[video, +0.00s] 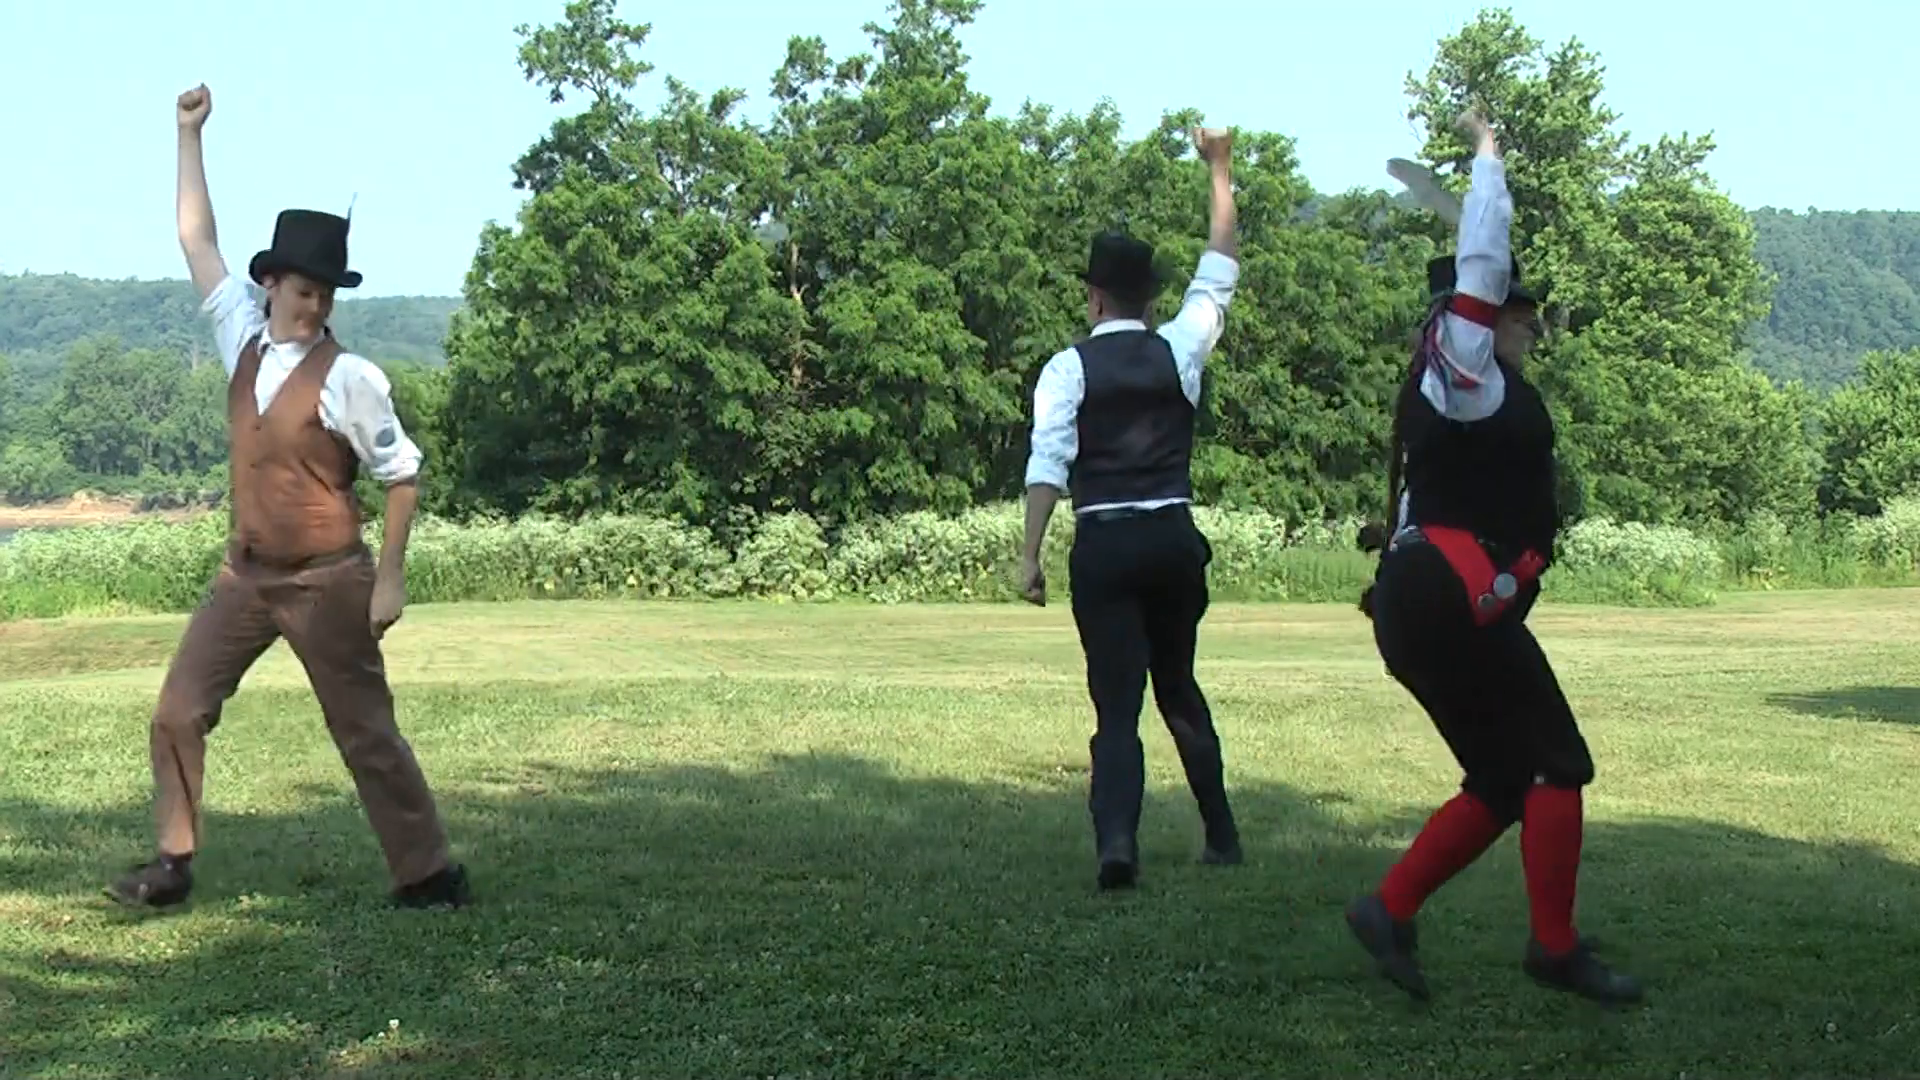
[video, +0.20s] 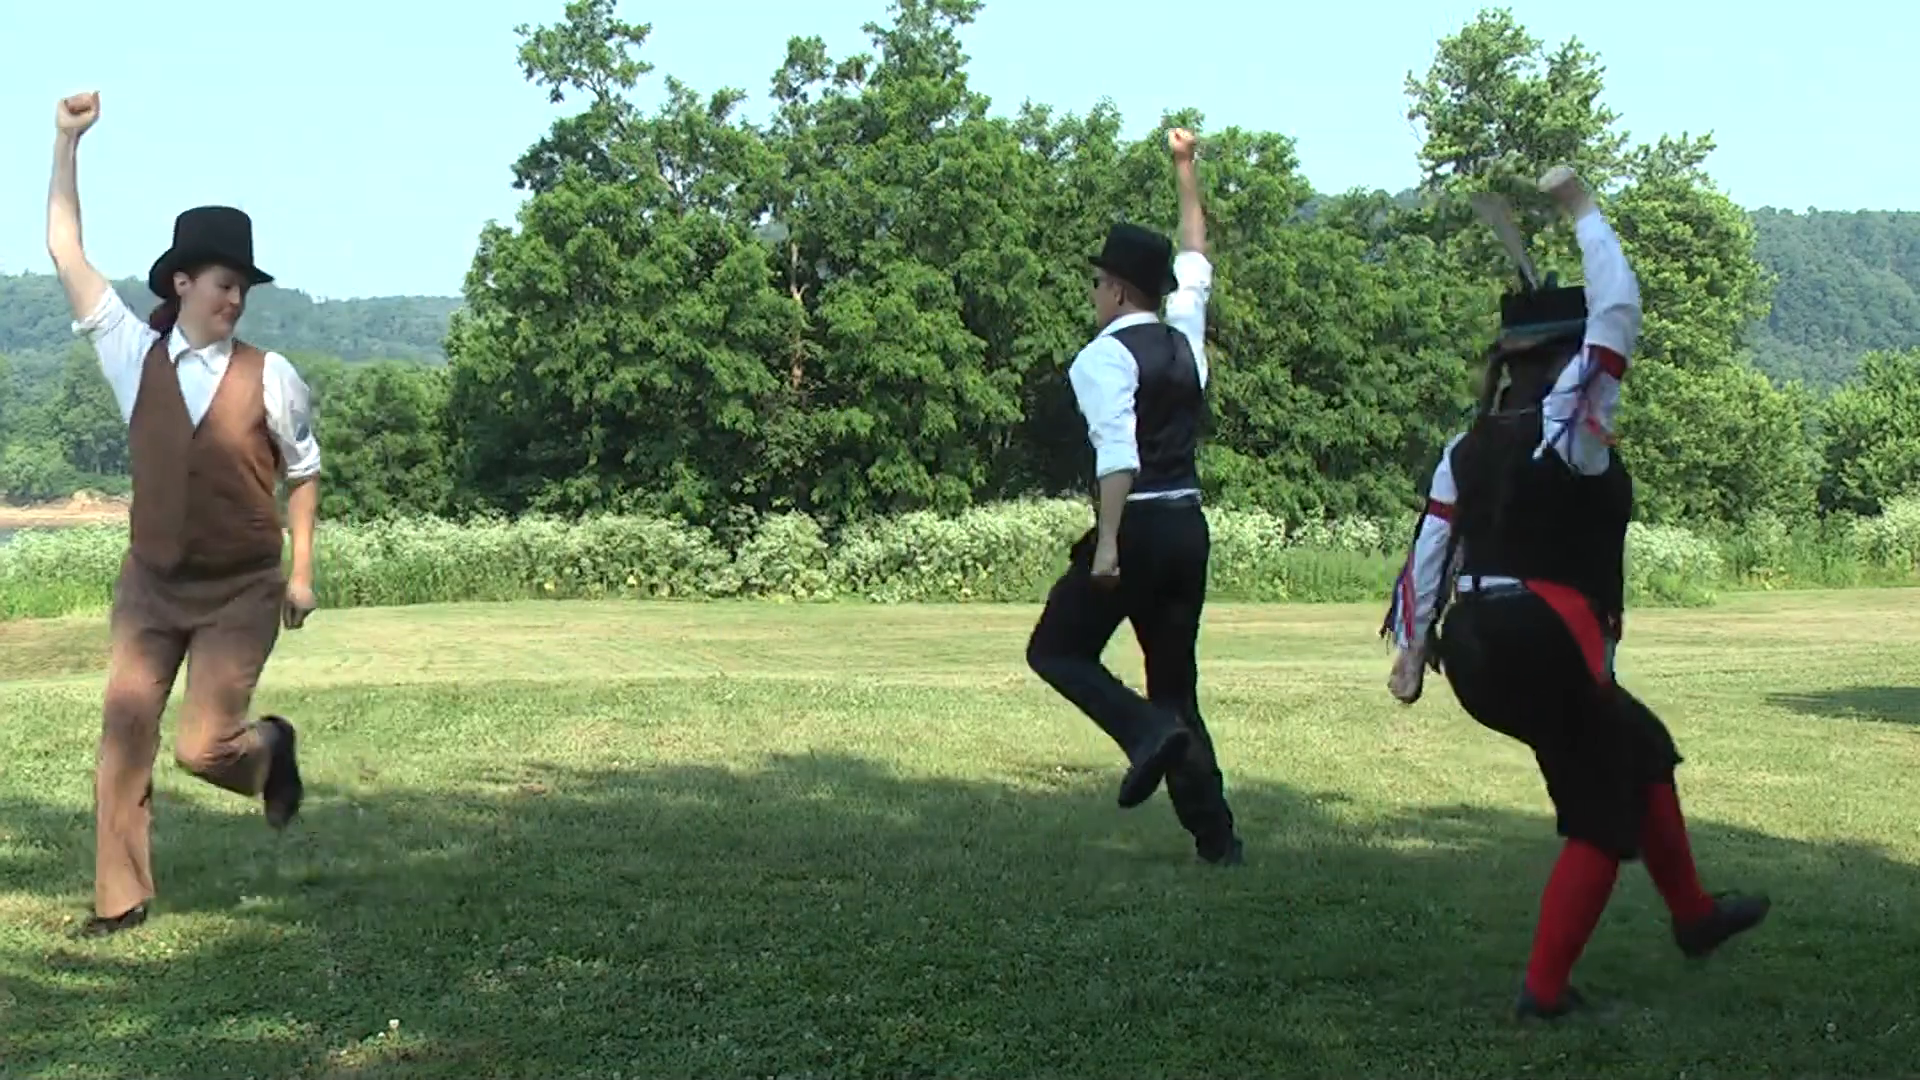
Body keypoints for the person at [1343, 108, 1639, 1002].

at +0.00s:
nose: (1536, 331)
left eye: (1535, 320)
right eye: (1525, 320)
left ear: (1496, 326)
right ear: (1487, 318)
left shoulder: (1485, 387)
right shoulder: (1463, 369)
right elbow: (1481, 251)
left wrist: (1445, 200)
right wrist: (1487, 150)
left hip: (1425, 597)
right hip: (1451, 592)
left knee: (1502, 785)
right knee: (1559, 762)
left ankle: (1387, 911)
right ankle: (1555, 947)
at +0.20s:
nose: (1591, 370)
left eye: (1587, 358)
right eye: (1584, 356)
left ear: (1512, 364)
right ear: (1568, 362)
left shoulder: (1467, 447)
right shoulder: (1572, 417)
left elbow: (1430, 549)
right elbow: (1616, 303)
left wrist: (1410, 643)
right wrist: (1581, 208)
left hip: (1469, 646)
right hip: (1545, 642)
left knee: (1644, 748)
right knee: (1608, 807)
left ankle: (1693, 915)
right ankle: (1543, 990)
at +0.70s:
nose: (1651, 374)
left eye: (1625, 364)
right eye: (1658, 363)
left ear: (1600, 372)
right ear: (1670, 366)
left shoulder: (1557, 459)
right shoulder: (1705, 425)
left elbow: (1532, 564)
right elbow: (1751, 329)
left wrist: (1512, 652)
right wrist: (1693, 250)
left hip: (1585, 650)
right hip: (1690, 641)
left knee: (1674, 723)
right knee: (1694, 808)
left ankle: (1699, 846)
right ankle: (1679, 981)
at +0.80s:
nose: (1610, 353)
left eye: (1600, 344)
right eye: (1633, 344)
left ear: (1593, 353)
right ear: (1660, 348)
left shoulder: (1560, 435)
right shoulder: (1706, 408)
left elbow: (1498, 528)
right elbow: (1783, 356)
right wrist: (1723, 301)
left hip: (1602, 622)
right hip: (1701, 610)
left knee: (1642, 722)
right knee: (1700, 775)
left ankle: (1686, 851)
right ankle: (1694, 951)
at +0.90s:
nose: (1589, 360)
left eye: (1582, 351)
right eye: (1616, 348)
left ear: (1577, 356)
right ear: (1641, 350)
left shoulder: (1546, 430)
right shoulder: (1692, 414)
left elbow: (1441, 450)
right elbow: (1775, 485)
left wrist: (1465, 367)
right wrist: (1775, 454)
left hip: (1594, 607)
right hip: (1693, 599)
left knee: (1633, 760)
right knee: (1713, 756)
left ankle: (1671, 919)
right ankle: (1721, 895)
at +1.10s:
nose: (1547, 391)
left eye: (1549, 381)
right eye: (1559, 378)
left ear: (1551, 389)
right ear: (1613, 382)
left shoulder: (1532, 443)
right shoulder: (1661, 444)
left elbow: (1486, 361)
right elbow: (1699, 526)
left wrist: (1473, 263)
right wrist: (1717, 618)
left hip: (1580, 634)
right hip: (1667, 624)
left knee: (1614, 784)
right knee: (1662, 750)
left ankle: (1667, 940)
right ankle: (1694, 888)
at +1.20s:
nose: (1531, 355)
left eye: (1535, 344)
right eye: (1543, 344)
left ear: (1538, 353)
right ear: (1598, 351)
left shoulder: (1513, 399)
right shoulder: (1642, 411)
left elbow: (1473, 318)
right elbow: (1694, 496)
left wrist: (1467, 227)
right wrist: (1723, 582)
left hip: (1561, 607)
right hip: (1651, 597)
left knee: (1604, 764)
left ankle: (1659, 926)